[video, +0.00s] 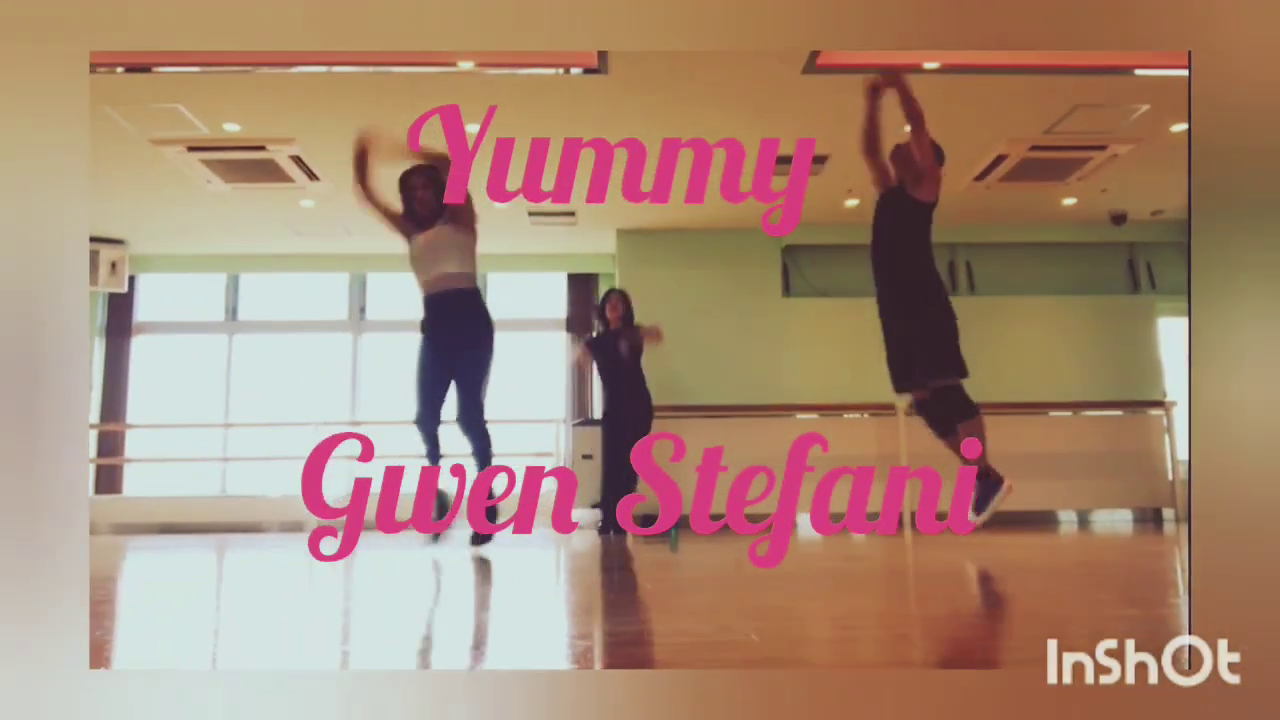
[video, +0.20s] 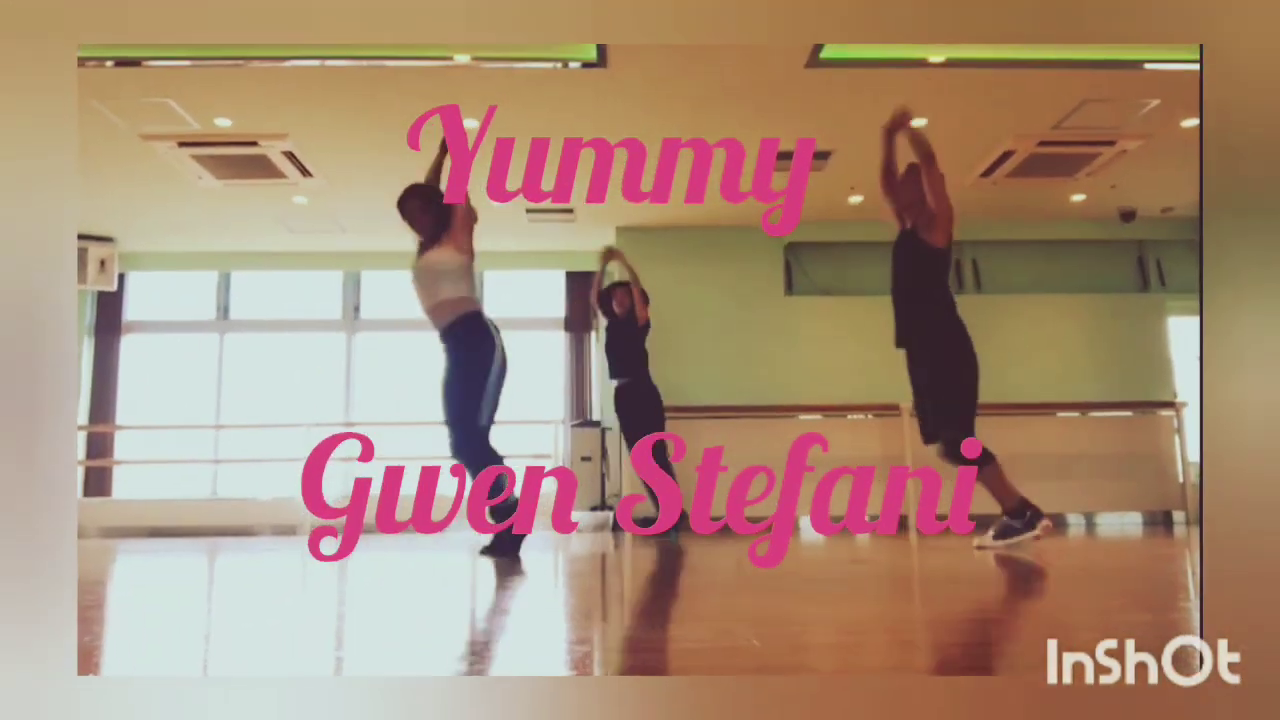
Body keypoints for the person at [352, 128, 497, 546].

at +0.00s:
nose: (419, 194)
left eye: (425, 187)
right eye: (411, 190)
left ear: (440, 189)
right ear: (405, 196)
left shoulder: (461, 218)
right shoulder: (410, 228)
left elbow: (460, 175)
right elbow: (366, 195)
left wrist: (433, 155)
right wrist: (362, 154)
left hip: (471, 320)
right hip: (437, 323)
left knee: (471, 416)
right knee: (426, 417)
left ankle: (486, 496)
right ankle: (435, 493)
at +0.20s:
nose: (416, 219)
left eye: (417, 210)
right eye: (413, 213)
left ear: (432, 212)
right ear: (424, 216)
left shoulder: (457, 236)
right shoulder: (426, 245)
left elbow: (459, 187)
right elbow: (427, 196)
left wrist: (457, 147)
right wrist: (442, 152)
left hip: (482, 345)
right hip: (458, 351)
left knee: (471, 440)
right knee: (463, 445)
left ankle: (511, 523)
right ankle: (505, 518)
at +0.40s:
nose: (418, 246)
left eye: (419, 238)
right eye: (415, 239)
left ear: (434, 230)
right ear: (424, 236)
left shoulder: (467, 257)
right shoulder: (438, 262)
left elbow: (448, 235)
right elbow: (405, 249)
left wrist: (431, 204)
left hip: (467, 369)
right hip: (446, 372)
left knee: (446, 461)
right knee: (369, 421)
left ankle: (505, 525)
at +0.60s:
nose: (424, 224)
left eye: (434, 224)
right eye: (432, 221)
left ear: (435, 243)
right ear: (448, 254)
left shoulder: (415, 271)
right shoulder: (408, 272)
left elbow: (440, 327)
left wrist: (469, 373)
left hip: (398, 388)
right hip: (394, 388)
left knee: (411, 487)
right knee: (302, 444)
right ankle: (273, 540)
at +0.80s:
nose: (339, 230)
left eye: (348, 227)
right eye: (343, 226)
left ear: (360, 243)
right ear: (349, 240)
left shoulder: (354, 272)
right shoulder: (324, 269)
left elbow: (352, 306)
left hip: (347, 391)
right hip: (317, 394)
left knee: (375, 481)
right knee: (235, 456)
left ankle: (469, 547)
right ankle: (249, 552)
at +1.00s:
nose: (285, 175)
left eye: (295, 169)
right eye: (280, 170)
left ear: (315, 179)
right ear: (272, 180)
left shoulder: (331, 227)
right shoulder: (259, 219)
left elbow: (367, 266)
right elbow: (207, 239)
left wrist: (350, 240)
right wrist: (179, 232)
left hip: (309, 341)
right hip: (262, 341)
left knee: (305, 454)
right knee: (242, 453)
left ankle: (330, 524)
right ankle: (225, 553)